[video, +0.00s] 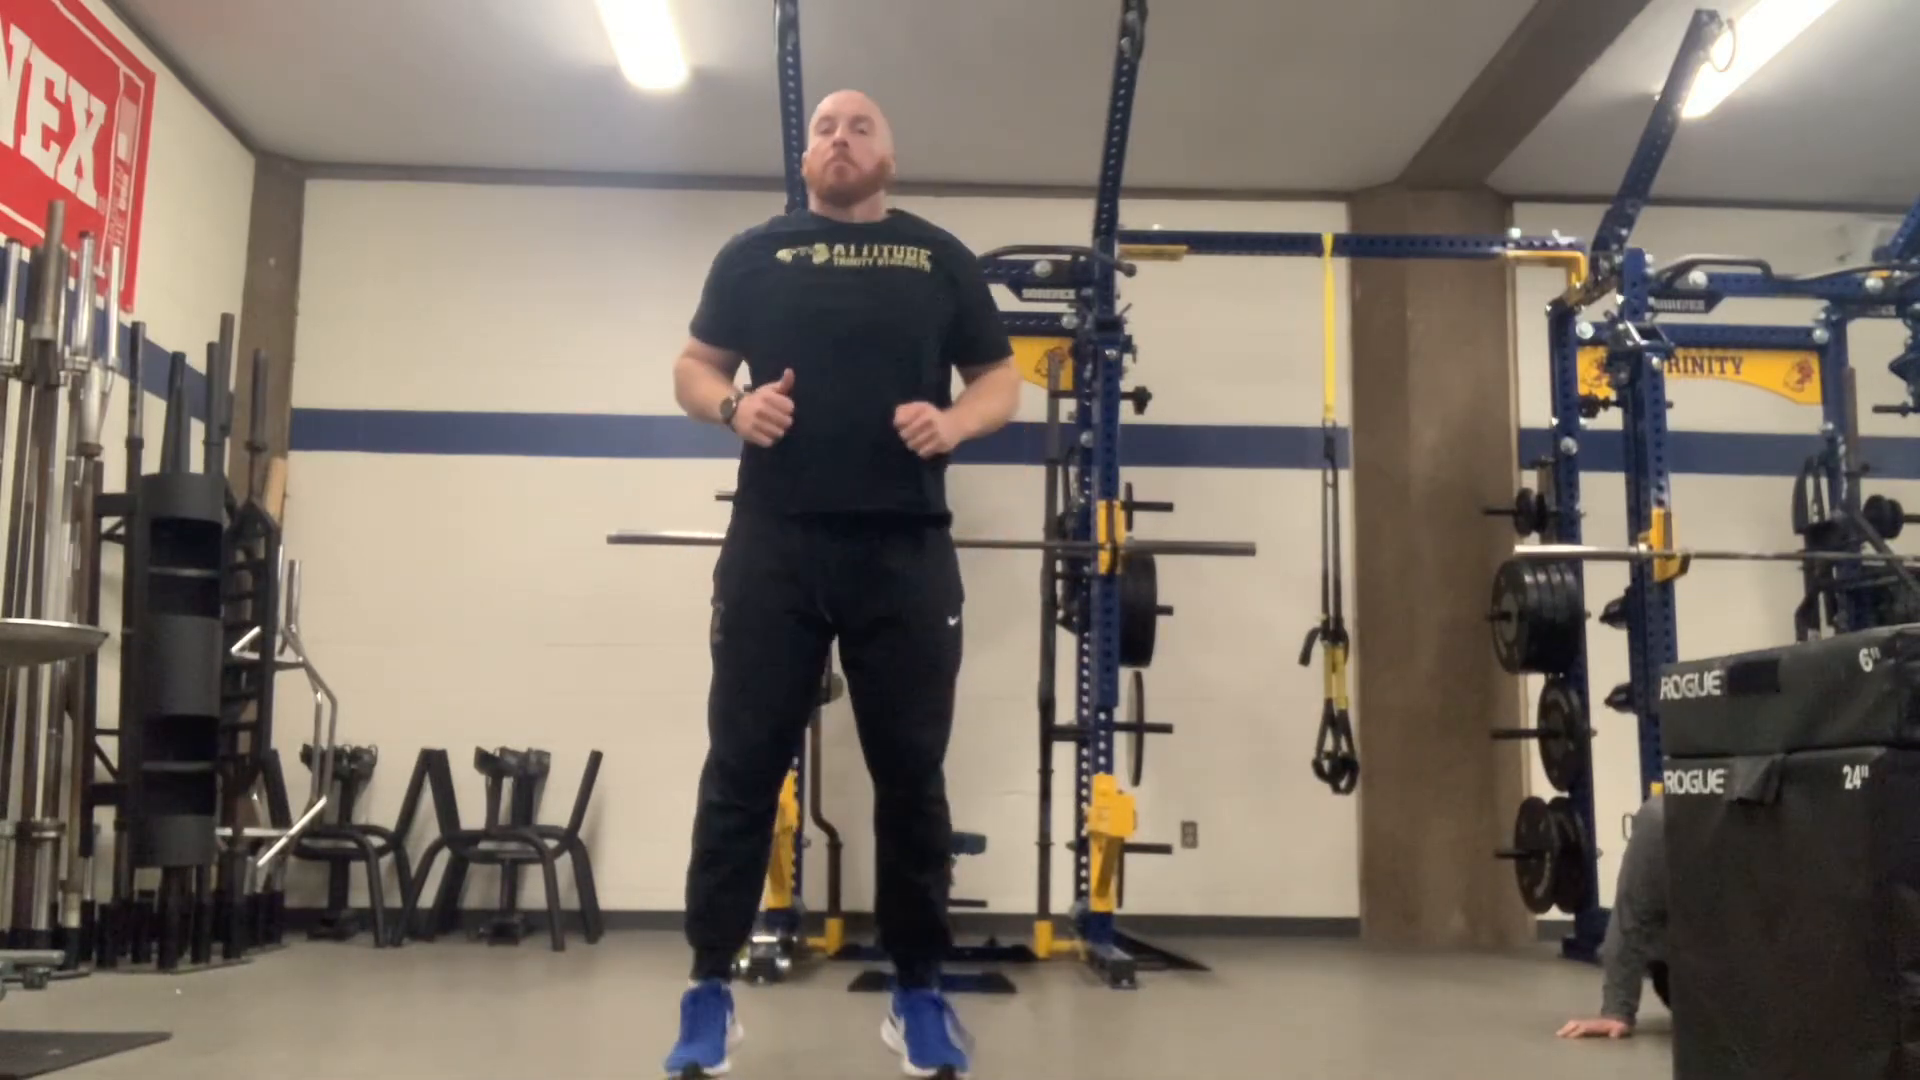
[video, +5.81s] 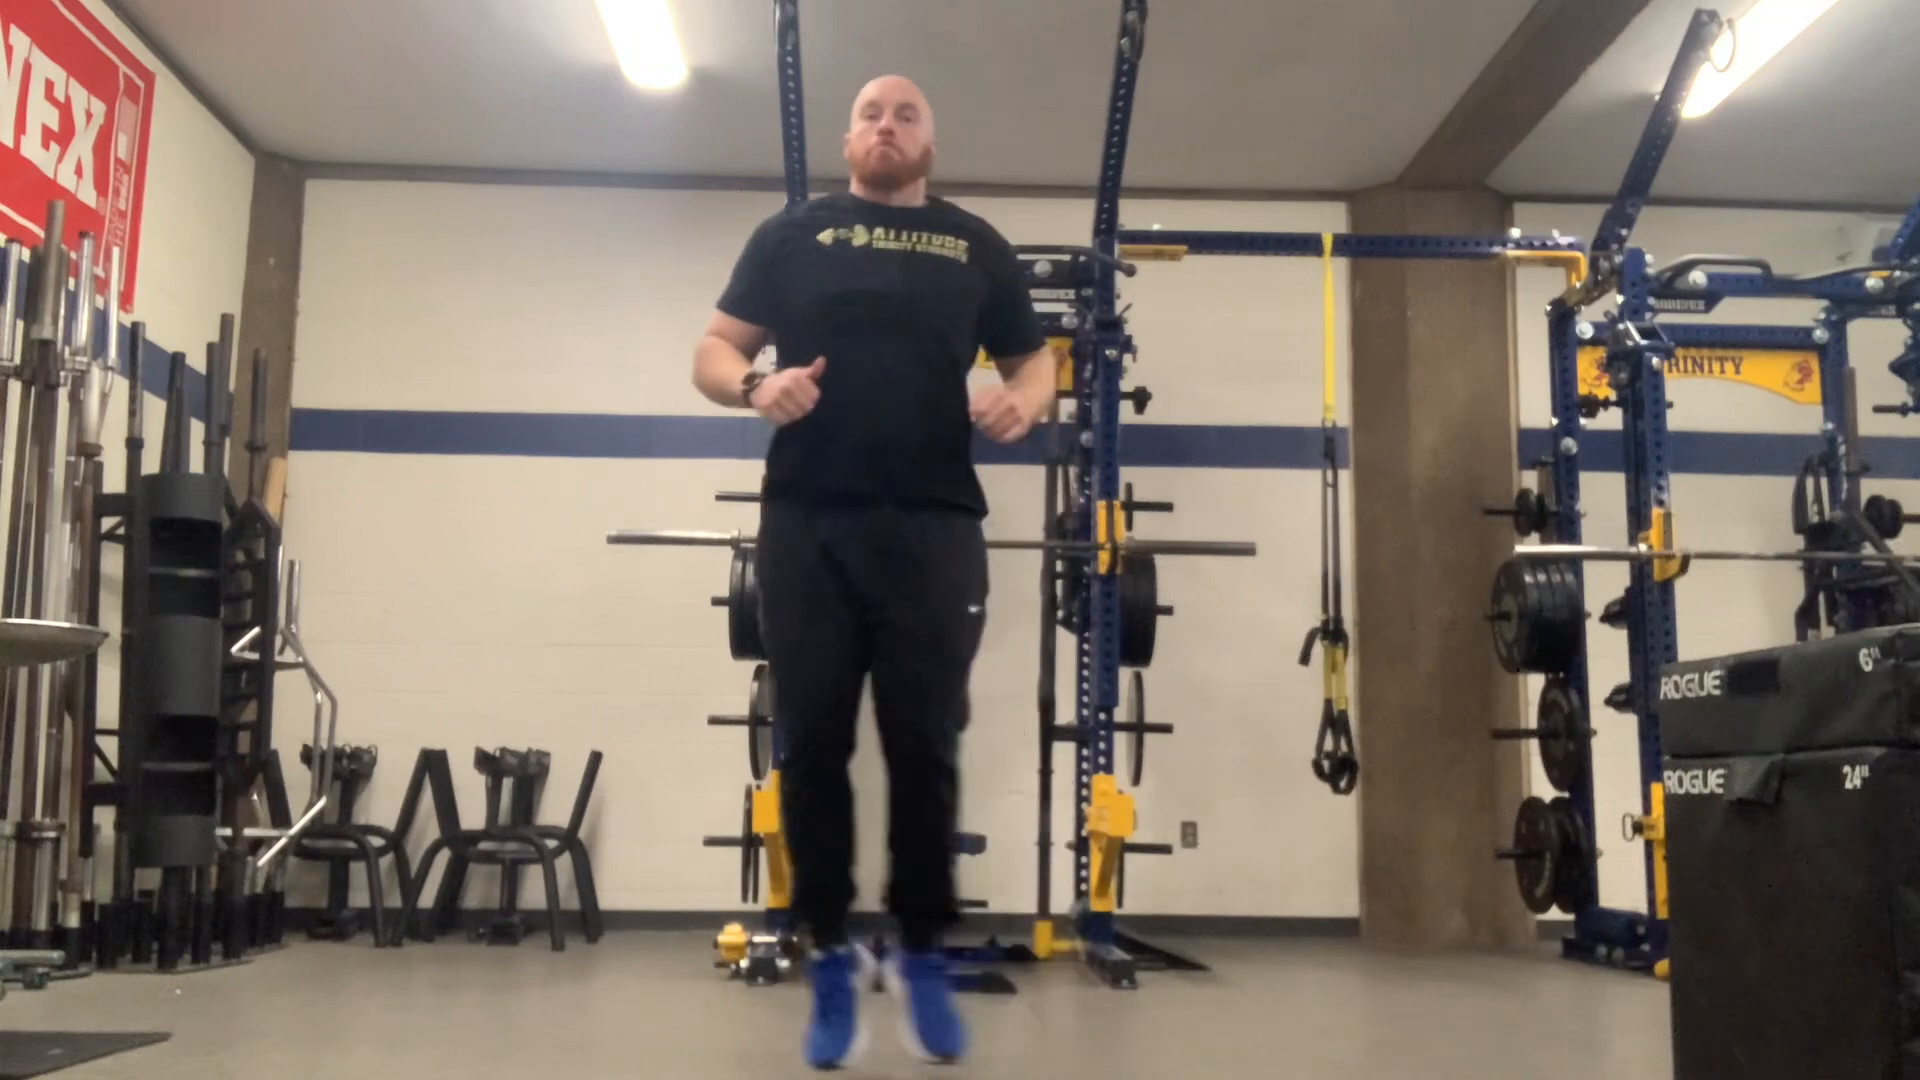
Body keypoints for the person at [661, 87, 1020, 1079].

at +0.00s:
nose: (841, 134)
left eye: (861, 125)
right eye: (825, 126)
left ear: (893, 159)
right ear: (802, 159)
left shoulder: (941, 259)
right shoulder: (752, 256)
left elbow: (1002, 382)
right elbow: (697, 370)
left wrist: (955, 422)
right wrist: (732, 406)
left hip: (903, 551)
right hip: (775, 546)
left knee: (912, 777)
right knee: (742, 766)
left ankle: (919, 992)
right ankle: (708, 988)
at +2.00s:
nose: (836, 211)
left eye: (855, 202)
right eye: (819, 204)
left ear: (886, 237)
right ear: (796, 239)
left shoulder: (933, 346)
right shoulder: (748, 347)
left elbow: (984, 469)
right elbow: (697, 472)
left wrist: (964, 508)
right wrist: (728, 511)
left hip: (897, 632)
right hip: (774, 629)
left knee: (893, 837)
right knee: (749, 830)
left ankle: (894, 1016)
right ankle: (719, 1010)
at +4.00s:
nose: (835, 143)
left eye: (855, 133)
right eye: (820, 134)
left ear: (890, 164)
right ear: (798, 167)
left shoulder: (942, 274)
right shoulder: (747, 275)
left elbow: (1002, 401)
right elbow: (690, 400)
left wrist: (967, 428)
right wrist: (722, 417)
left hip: (906, 559)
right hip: (773, 555)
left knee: (927, 771)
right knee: (733, 763)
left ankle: (939, 1004)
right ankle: (688, 997)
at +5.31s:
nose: (873, 131)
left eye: (890, 119)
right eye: (857, 121)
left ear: (920, 146)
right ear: (832, 153)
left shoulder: (987, 237)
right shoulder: (795, 261)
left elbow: (1073, 351)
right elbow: (759, 389)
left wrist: (1030, 359)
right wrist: (784, 416)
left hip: (971, 540)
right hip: (841, 540)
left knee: (989, 761)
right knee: (816, 751)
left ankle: (998, 980)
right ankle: (800, 963)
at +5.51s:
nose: (913, 216)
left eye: (930, 204)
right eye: (896, 203)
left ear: (957, 230)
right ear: (868, 229)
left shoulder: (1014, 330)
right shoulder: (824, 349)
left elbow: (1074, 441)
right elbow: (773, 470)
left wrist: (1070, 484)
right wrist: (787, 497)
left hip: (1018, 616)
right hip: (891, 624)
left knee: (1057, 830)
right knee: (904, 830)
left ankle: (1099, 1030)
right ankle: (944, 1021)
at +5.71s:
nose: (914, 152)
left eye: (932, 142)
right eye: (898, 141)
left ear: (960, 174)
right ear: (870, 171)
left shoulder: (1000, 282)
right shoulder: (808, 271)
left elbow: (1055, 400)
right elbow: (744, 392)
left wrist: (1048, 432)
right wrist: (792, 407)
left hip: (965, 572)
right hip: (839, 573)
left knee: (1012, 785)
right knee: (866, 793)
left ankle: (1052, 998)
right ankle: (917, 1004)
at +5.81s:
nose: (887, 126)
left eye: (905, 116)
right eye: (871, 114)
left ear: (934, 144)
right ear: (845, 141)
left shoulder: (977, 245)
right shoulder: (787, 236)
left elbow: (1033, 365)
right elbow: (713, 357)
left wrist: (1020, 399)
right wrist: (755, 385)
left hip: (932, 532)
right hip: (807, 530)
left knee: (925, 747)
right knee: (811, 746)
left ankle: (925, 955)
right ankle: (828, 955)